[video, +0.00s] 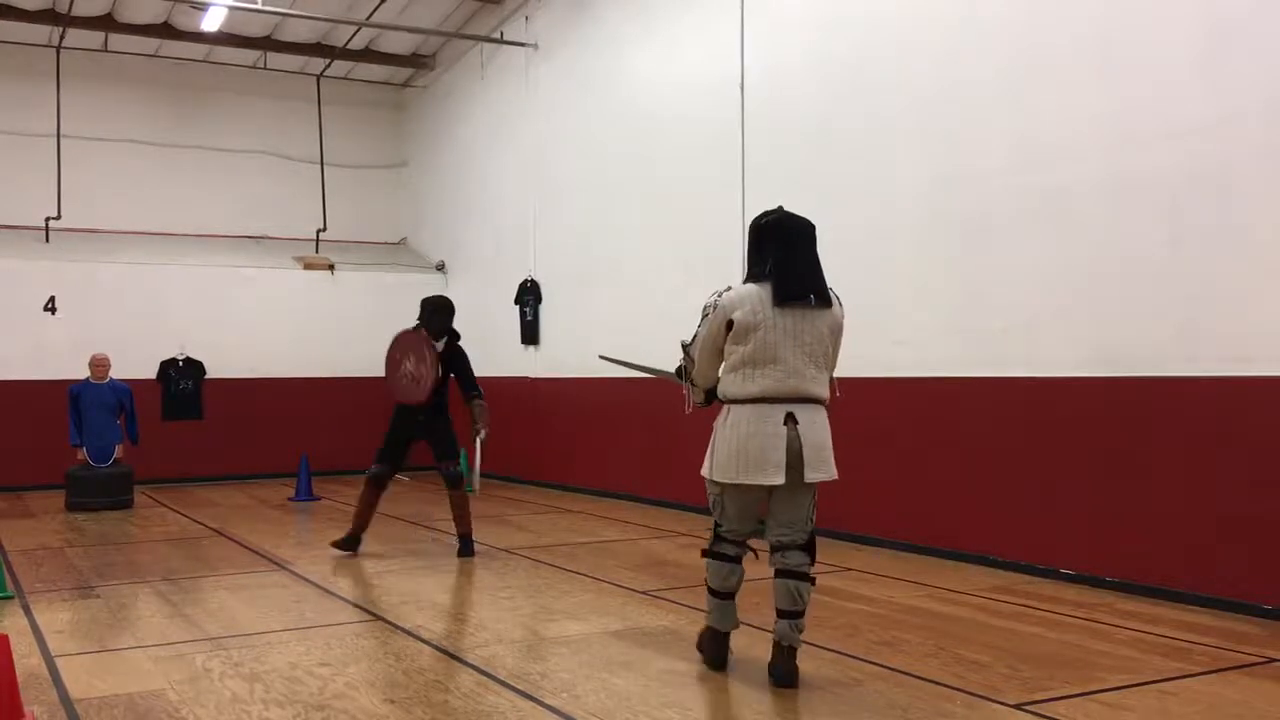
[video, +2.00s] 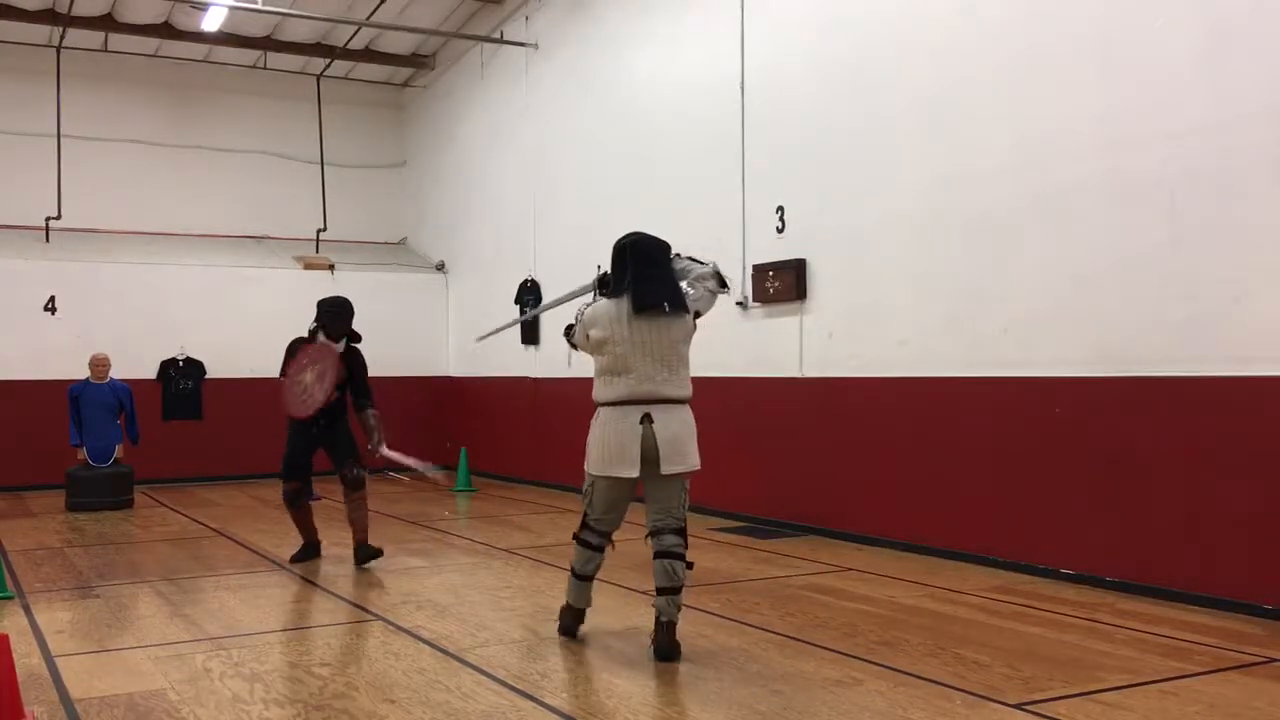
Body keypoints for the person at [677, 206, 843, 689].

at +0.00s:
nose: (751, 258)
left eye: (753, 250)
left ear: (758, 252)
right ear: (808, 252)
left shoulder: (736, 302)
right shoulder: (830, 309)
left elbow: (702, 370)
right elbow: (824, 374)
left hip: (743, 435)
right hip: (807, 436)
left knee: (729, 537)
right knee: (793, 544)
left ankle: (717, 639)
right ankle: (785, 656)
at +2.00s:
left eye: (618, 264)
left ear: (617, 270)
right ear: (665, 268)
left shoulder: (599, 315)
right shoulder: (680, 311)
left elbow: (578, 339)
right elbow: (709, 280)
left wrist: (602, 300)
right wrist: (672, 259)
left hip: (615, 432)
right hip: (672, 430)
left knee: (597, 525)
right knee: (668, 527)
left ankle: (573, 612)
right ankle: (666, 630)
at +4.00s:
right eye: (573, 274)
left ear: (531, 278)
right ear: (573, 277)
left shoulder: (514, 319)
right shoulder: (587, 312)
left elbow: (502, 354)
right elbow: (621, 298)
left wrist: (510, 324)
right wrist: (594, 284)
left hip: (527, 424)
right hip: (580, 423)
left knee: (528, 510)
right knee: (588, 509)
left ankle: (525, 597)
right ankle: (601, 603)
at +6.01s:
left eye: (478, 280)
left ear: (481, 283)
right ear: (522, 282)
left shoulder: (465, 323)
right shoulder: (538, 318)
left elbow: (448, 360)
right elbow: (558, 297)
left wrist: (451, 331)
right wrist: (532, 283)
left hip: (478, 425)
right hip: (529, 423)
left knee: (474, 509)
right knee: (534, 508)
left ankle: (473, 595)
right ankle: (546, 599)